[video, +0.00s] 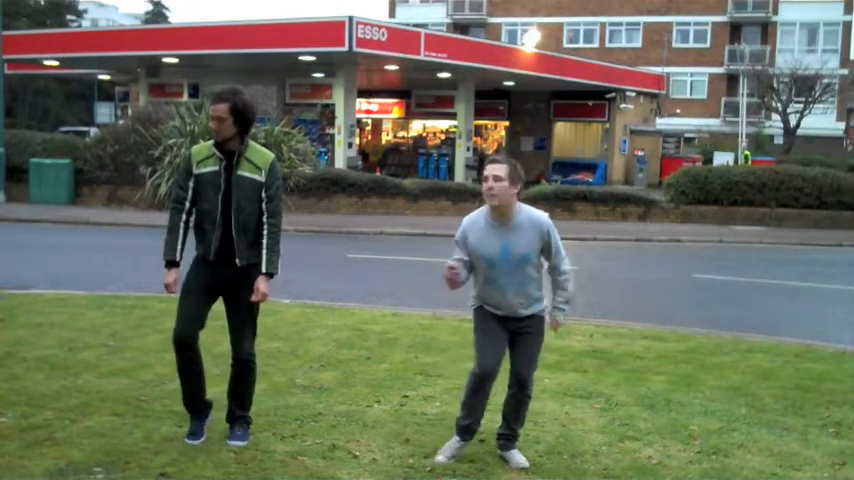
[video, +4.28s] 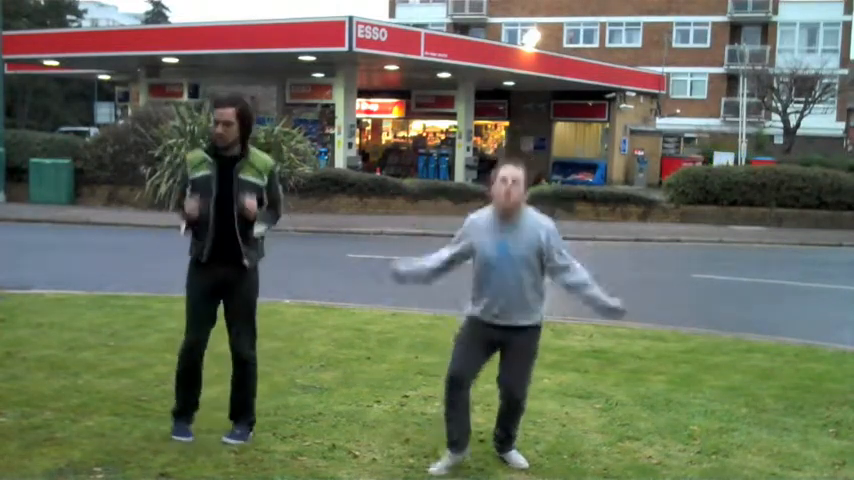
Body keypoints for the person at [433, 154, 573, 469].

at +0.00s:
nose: (489, 185)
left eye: (497, 180)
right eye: (486, 179)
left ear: (516, 187)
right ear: (481, 185)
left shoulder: (540, 223)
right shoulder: (471, 225)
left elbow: (560, 267)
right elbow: (462, 264)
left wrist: (558, 308)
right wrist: (455, 275)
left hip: (530, 316)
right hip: (489, 313)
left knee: (523, 381)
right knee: (485, 371)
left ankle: (508, 444)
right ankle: (462, 436)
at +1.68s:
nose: (518, 152)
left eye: (524, 148)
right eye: (512, 147)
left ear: (534, 157)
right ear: (501, 155)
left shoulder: (553, 195)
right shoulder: (486, 194)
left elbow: (569, 235)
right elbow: (468, 237)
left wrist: (570, 252)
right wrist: (450, 230)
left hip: (529, 303)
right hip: (487, 296)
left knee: (519, 377)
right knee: (466, 363)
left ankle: (508, 444)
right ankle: (464, 439)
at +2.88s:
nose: (516, 171)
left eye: (523, 166)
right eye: (510, 165)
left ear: (533, 174)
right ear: (499, 172)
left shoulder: (549, 213)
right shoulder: (486, 201)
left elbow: (567, 256)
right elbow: (473, 238)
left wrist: (559, 269)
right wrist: (455, 243)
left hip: (527, 309)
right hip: (489, 297)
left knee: (518, 380)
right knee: (446, 338)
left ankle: (506, 444)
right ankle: (457, 410)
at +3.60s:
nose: (502, 172)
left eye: (510, 167)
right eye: (498, 166)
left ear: (526, 173)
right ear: (493, 171)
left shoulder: (547, 210)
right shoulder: (483, 203)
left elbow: (571, 254)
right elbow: (466, 237)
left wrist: (579, 236)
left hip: (527, 310)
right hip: (486, 302)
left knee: (515, 381)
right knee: (454, 355)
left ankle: (507, 445)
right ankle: (452, 434)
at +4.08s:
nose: (501, 201)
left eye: (507, 194)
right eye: (495, 195)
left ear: (518, 188)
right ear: (485, 190)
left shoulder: (539, 206)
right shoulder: (478, 203)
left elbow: (583, 212)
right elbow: (457, 208)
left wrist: (625, 217)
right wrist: (428, 206)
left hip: (522, 307)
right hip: (482, 300)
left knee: (514, 376)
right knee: (456, 343)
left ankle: (505, 444)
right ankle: (456, 419)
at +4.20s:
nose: (499, 206)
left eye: (506, 200)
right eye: (493, 200)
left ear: (519, 202)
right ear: (485, 201)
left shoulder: (538, 233)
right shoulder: (477, 229)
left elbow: (572, 266)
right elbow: (452, 256)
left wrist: (605, 292)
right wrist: (415, 267)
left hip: (524, 322)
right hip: (484, 315)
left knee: (510, 385)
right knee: (454, 368)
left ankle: (504, 447)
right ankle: (451, 446)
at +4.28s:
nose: (508, 187)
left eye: (515, 183)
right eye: (503, 181)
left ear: (525, 191)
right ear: (492, 188)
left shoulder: (542, 228)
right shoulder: (477, 224)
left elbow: (568, 271)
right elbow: (447, 258)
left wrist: (604, 303)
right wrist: (409, 270)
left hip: (524, 326)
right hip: (481, 321)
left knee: (514, 392)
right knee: (457, 378)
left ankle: (505, 447)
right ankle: (456, 450)